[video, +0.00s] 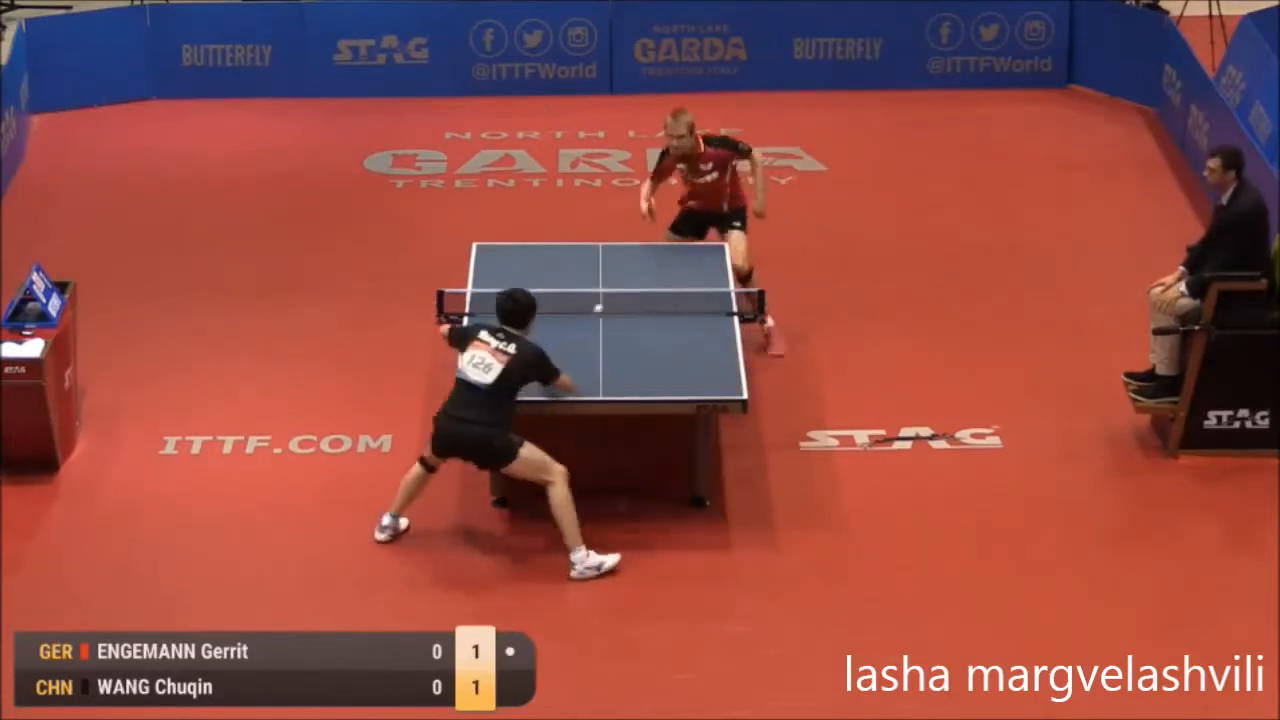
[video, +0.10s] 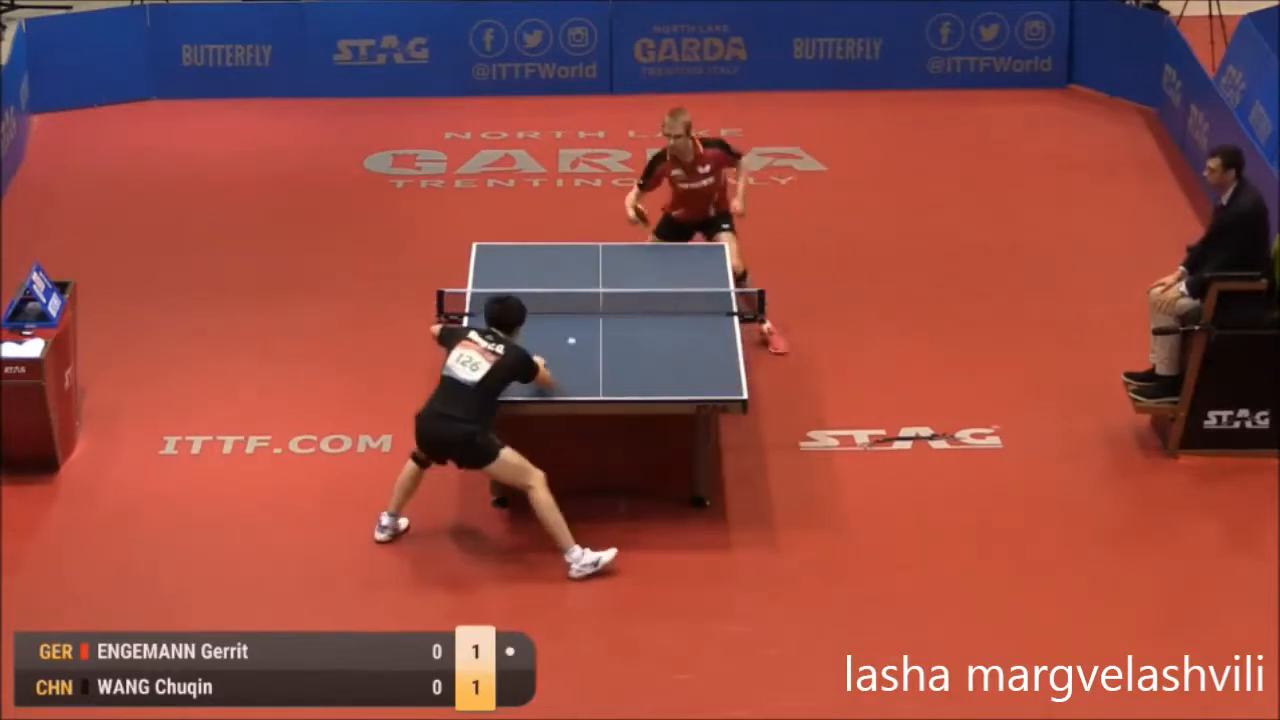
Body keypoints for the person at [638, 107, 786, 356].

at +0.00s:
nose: (674, 144)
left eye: (679, 137)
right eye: (670, 138)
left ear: (693, 133)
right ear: (666, 136)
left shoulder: (719, 146)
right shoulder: (670, 156)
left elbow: (754, 157)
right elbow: (653, 180)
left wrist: (760, 200)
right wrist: (645, 200)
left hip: (730, 210)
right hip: (695, 210)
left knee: (739, 265)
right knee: (666, 255)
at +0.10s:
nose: (671, 143)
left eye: (676, 137)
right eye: (667, 137)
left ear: (690, 133)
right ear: (664, 136)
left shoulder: (716, 149)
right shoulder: (662, 160)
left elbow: (741, 163)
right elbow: (639, 188)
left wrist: (739, 197)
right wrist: (631, 206)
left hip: (714, 216)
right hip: (678, 217)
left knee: (734, 266)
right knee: (649, 262)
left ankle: (764, 325)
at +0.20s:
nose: (666, 133)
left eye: (671, 128)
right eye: (662, 128)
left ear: (685, 124)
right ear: (658, 126)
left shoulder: (707, 140)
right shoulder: (655, 150)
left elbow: (734, 157)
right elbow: (629, 182)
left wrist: (715, 179)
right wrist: (624, 209)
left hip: (713, 198)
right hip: (676, 200)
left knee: (744, 249)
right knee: (640, 247)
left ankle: (772, 308)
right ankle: (637, 311)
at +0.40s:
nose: (675, 138)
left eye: (681, 133)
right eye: (672, 132)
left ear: (694, 130)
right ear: (667, 129)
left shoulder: (710, 141)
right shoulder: (665, 153)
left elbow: (737, 176)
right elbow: (638, 191)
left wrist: (703, 178)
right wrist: (654, 220)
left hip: (719, 197)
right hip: (682, 198)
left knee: (752, 252)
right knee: (648, 242)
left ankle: (796, 284)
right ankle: (641, 299)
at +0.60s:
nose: (686, 144)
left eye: (691, 139)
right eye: (683, 138)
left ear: (705, 136)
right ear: (679, 137)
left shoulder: (724, 148)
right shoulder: (682, 157)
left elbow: (752, 186)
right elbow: (662, 192)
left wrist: (717, 192)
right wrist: (670, 213)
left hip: (735, 202)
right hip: (700, 202)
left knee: (765, 255)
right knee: (655, 238)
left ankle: (799, 290)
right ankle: (634, 288)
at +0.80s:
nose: (691, 115)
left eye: (694, 109)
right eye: (688, 110)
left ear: (709, 102)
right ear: (689, 106)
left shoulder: (728, 120)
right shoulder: (712, 121)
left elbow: (747, 156)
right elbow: (727, 152)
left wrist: (733, 195)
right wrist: (711, 165)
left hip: (757, 189)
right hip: (728, 185)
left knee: (767, 254)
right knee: (680, 224)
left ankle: (803, 289)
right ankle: (656, 278)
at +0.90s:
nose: (698, 108)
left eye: (701, 102)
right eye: (695, 103)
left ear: (715, 94)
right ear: (712, 96)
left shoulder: (733, 113)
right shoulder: (726, 109)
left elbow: (748, 150)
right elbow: (737, 144)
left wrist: (738, 190)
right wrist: (716, 158)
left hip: (761, 188)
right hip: (735, 181)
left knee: (763, 254)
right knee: (680, 213)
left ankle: (803, 288)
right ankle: (678, 271)